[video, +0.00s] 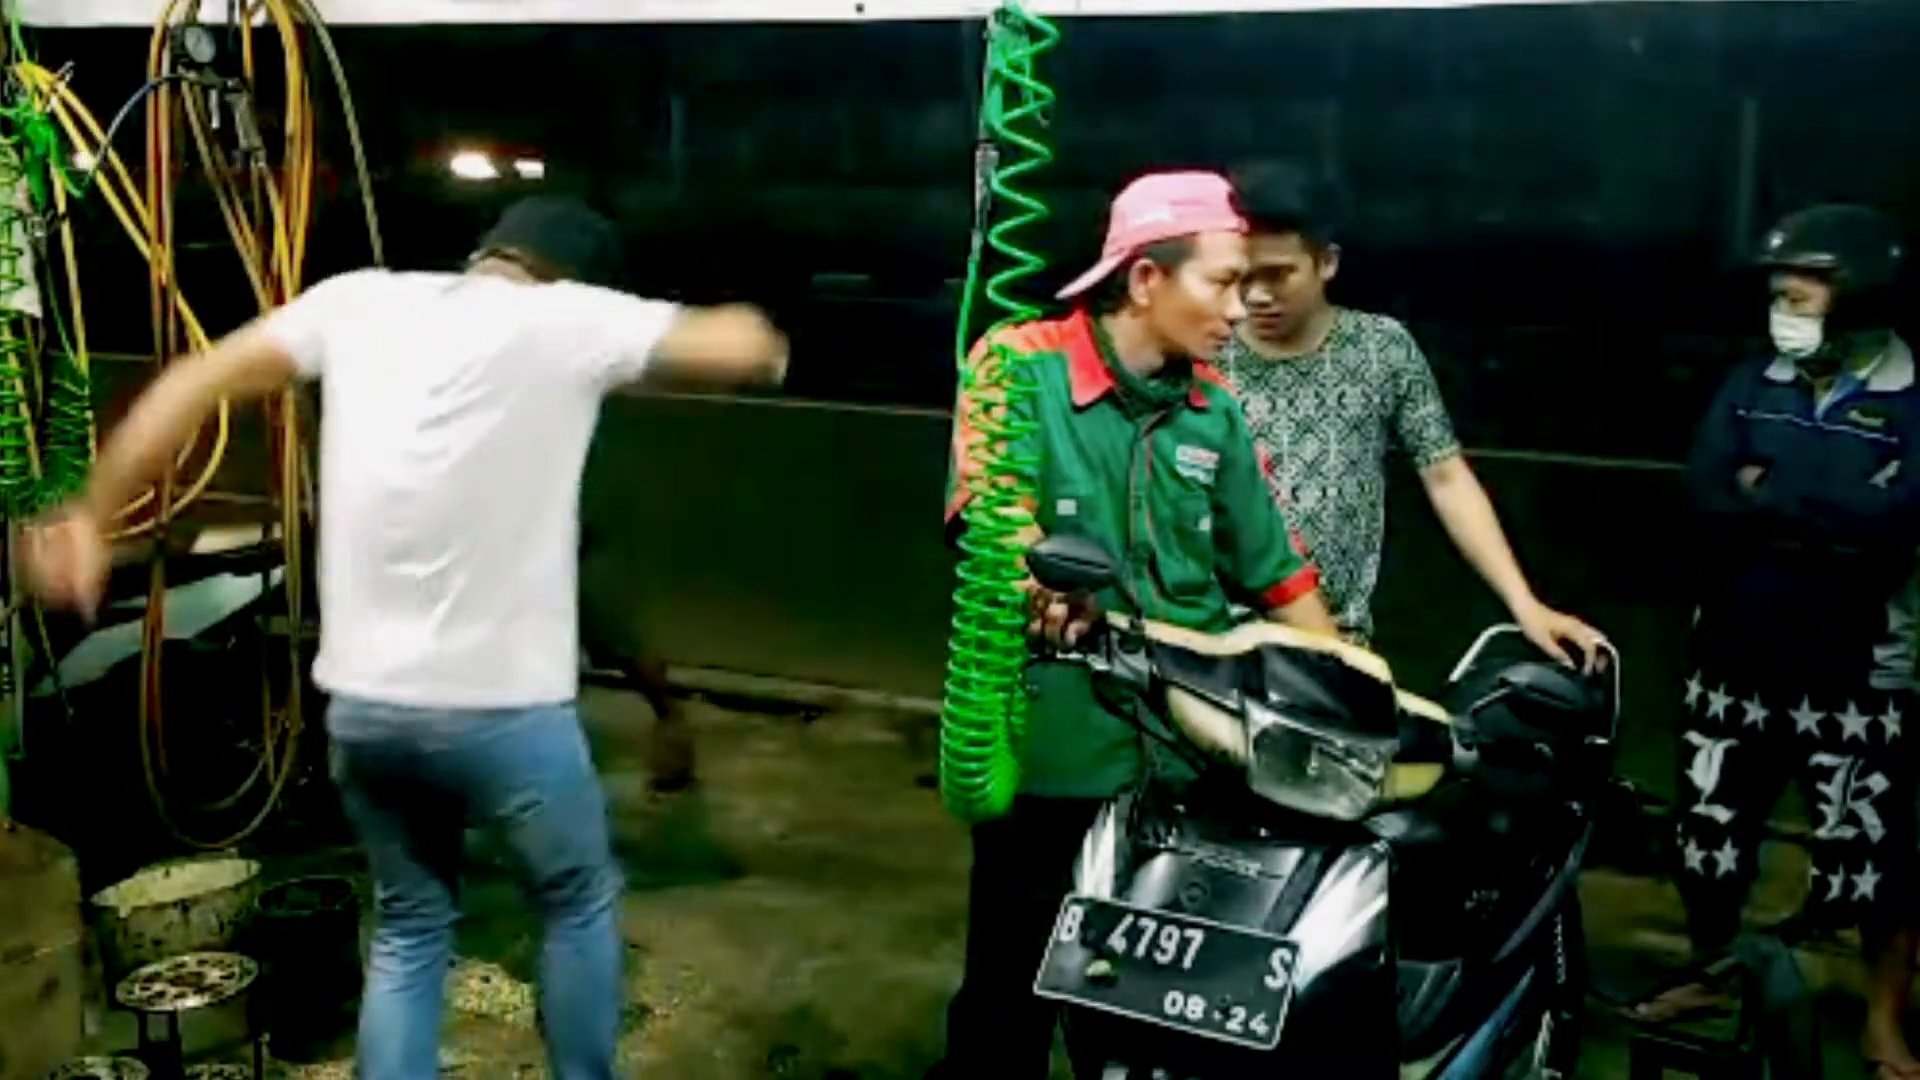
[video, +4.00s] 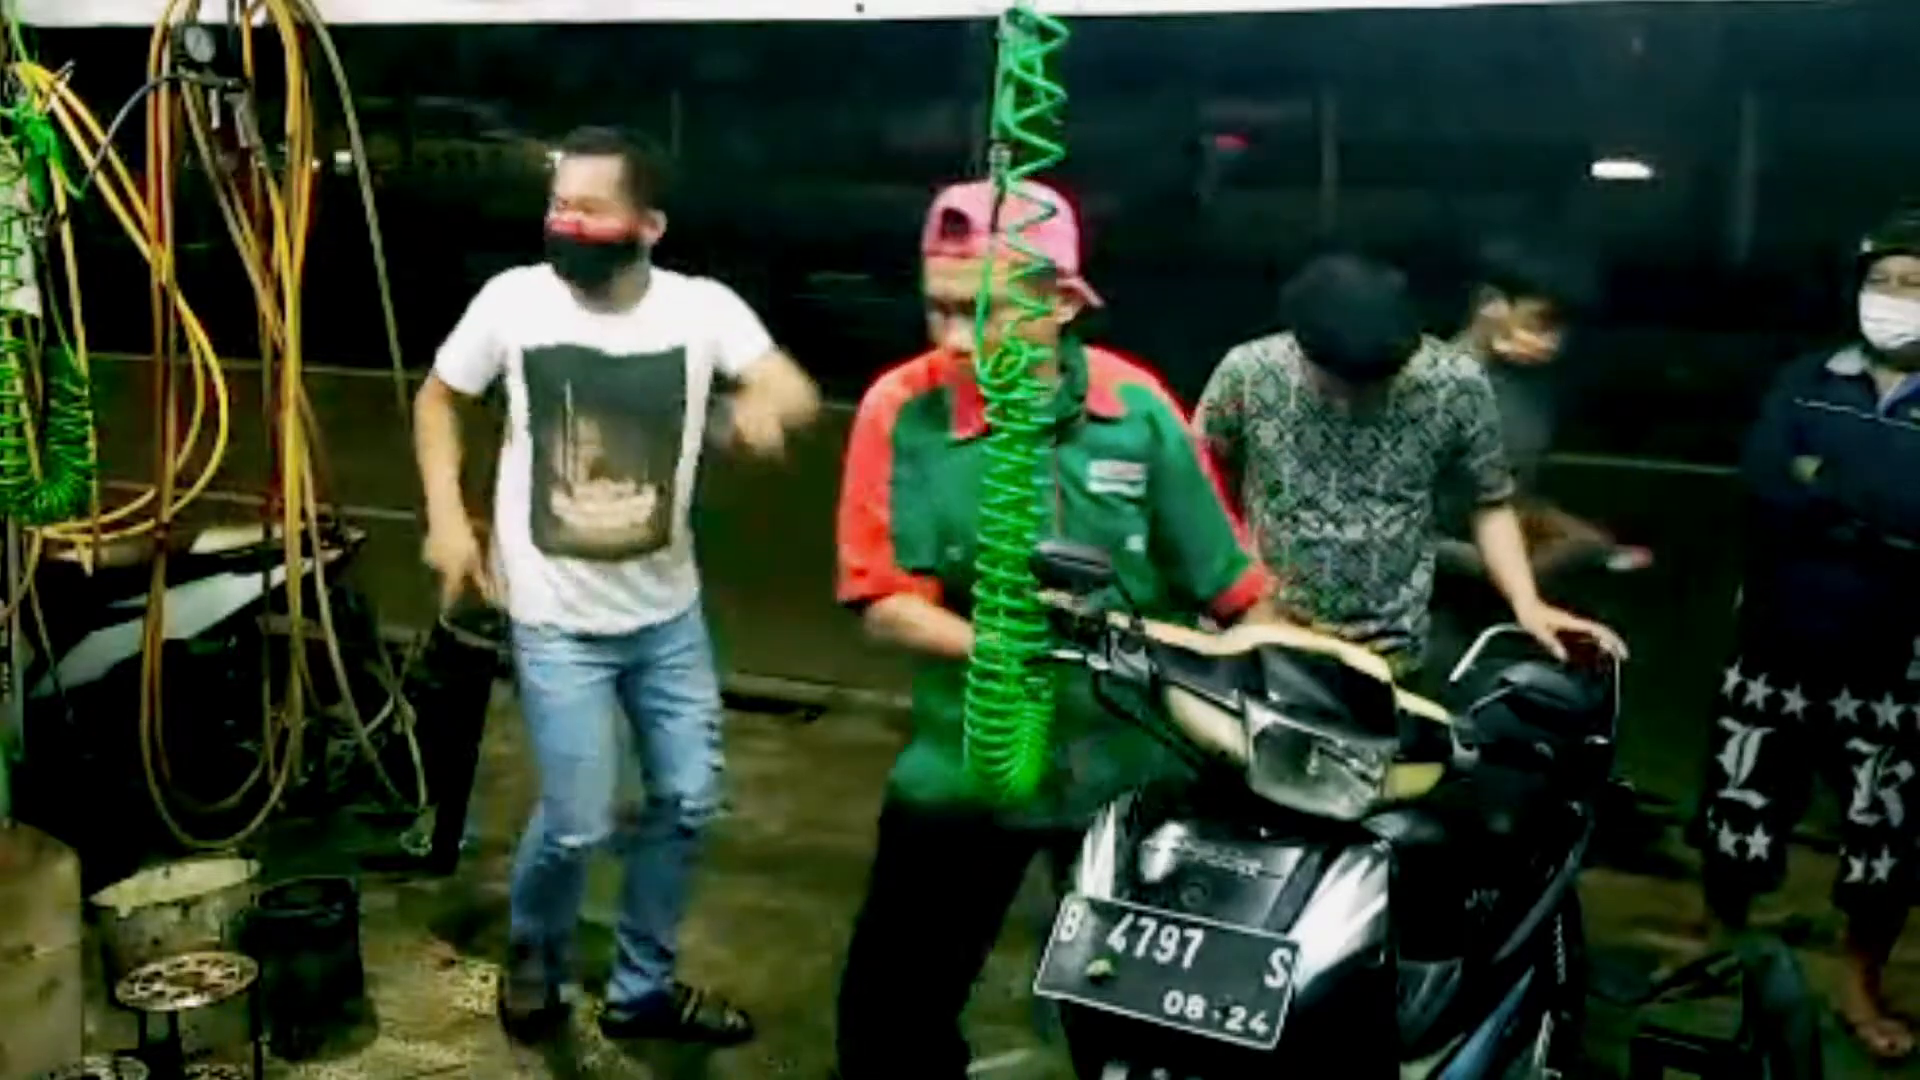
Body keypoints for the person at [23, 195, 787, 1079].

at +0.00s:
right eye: (585, 276)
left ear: (486, 253)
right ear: (565, 273)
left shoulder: (354, 302)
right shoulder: (572, 321)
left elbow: (191, 381)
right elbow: (750, 348)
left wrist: (89, 515)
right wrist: (692, 331)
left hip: (364, 709)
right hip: (508, 714)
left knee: (407, 921)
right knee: (577, 903)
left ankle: (391, 1074)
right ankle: (584, 1069)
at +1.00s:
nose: (388, 341)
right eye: (393, 327)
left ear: (279, 258)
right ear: (375, 318)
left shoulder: (121, 338)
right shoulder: (380, 381)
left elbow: (9, 446)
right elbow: (537, 519)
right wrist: (528, 425)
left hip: (143, 767)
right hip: (291, 788)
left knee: (204, 1008)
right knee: (352, 1030)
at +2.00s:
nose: (355, 335)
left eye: (362, 316)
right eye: (354, 313)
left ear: (240, 293)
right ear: (311, 296)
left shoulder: (123, 407)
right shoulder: (326, 415)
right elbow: (388, 610)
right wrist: (520, 655)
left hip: (162, 781)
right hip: (291, 786)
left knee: (302, 969)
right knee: (424, 1017)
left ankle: (253, 1070)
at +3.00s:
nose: (524, 268)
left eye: (537, 249)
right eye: (505, 243)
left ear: (546, 238)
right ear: (435, 228)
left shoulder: (467, 314)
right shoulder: (406, 308)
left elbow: (566, 354)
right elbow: (295, 429)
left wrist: (630, 353)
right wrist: (352, 598)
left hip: (431, 670)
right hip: (471, 670)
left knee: (432, 860)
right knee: (545, 881)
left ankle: (344, 1061)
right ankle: (518, 1061)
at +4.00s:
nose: (571, 229)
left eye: (593, 214)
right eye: (562, 209)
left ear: (649, 224)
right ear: (548, 209)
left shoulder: (703, 310)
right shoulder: (514, 304)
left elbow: (793, 386)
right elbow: (435, 401)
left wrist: (764, 410)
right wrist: (447, 522)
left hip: (665, 611)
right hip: (554, 617)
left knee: (688, 803)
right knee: (580, 821)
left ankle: (641, 990)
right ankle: (535, 952)